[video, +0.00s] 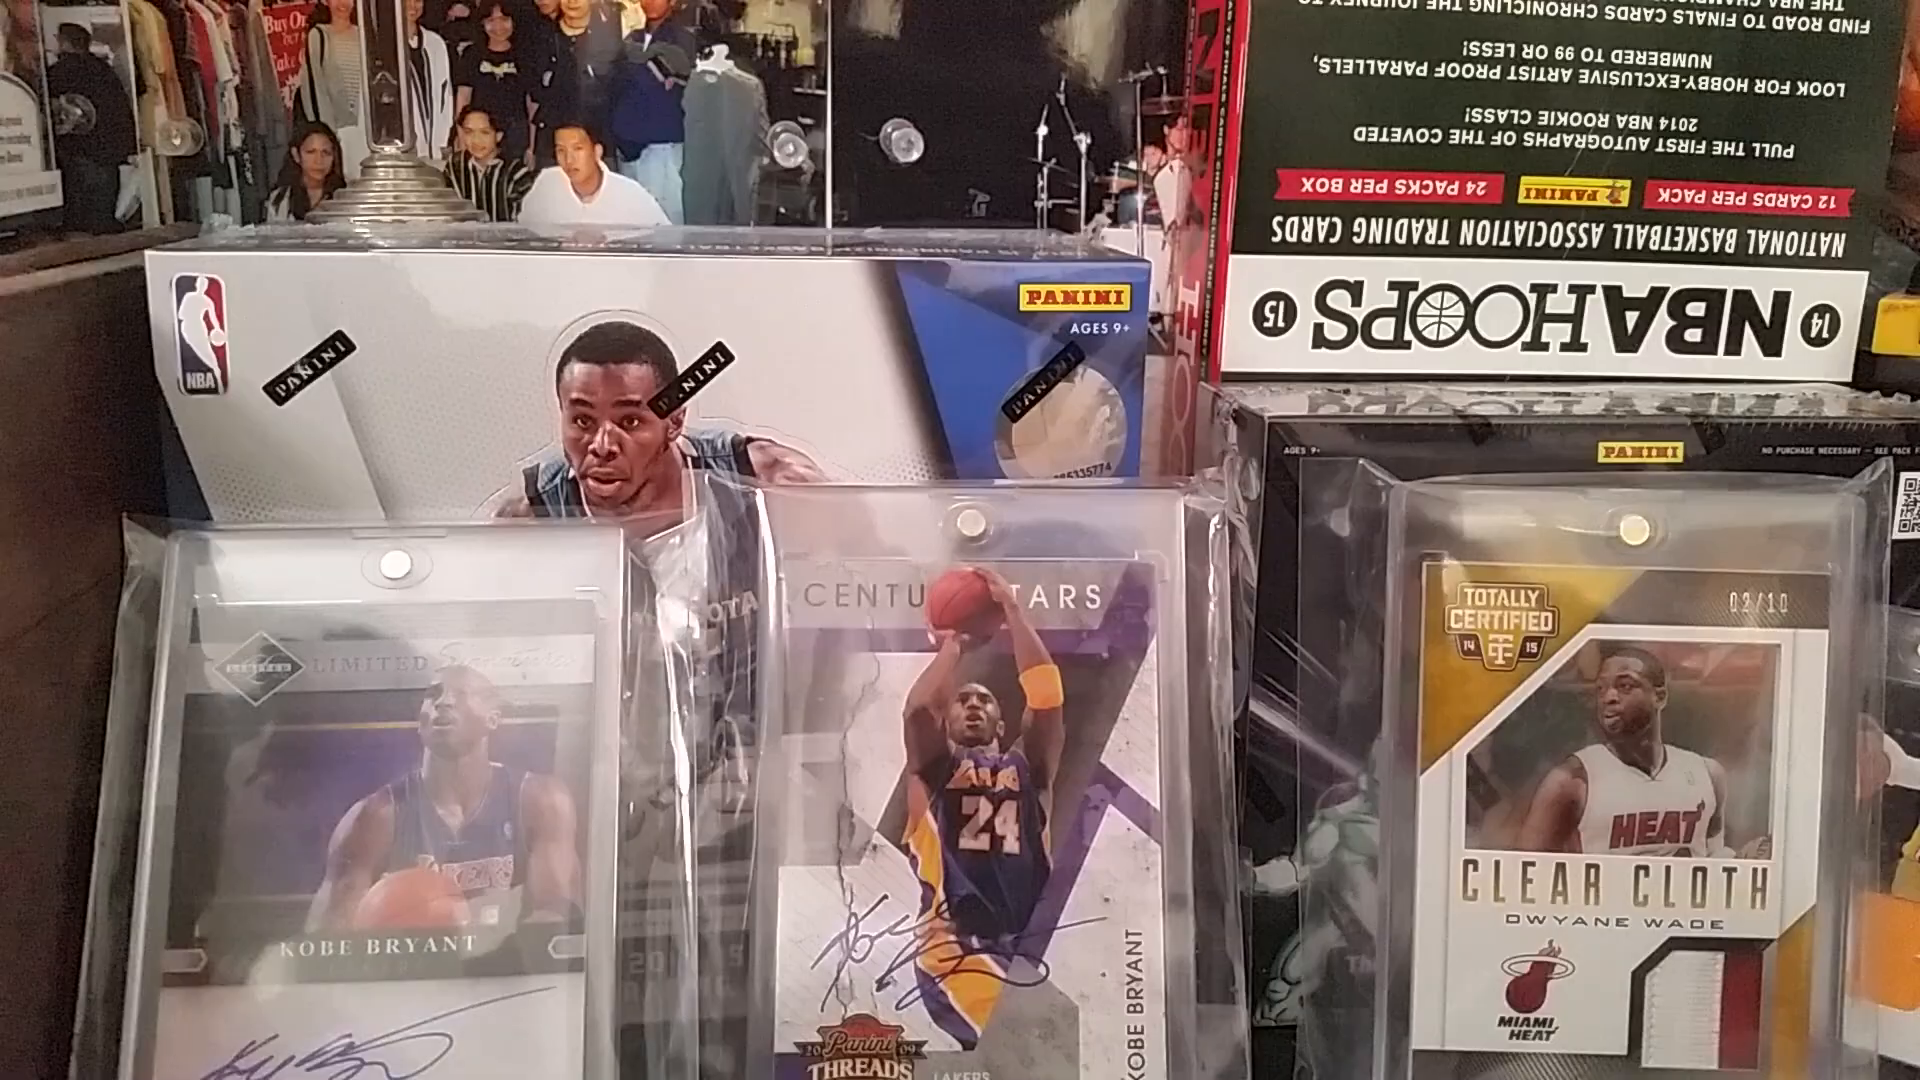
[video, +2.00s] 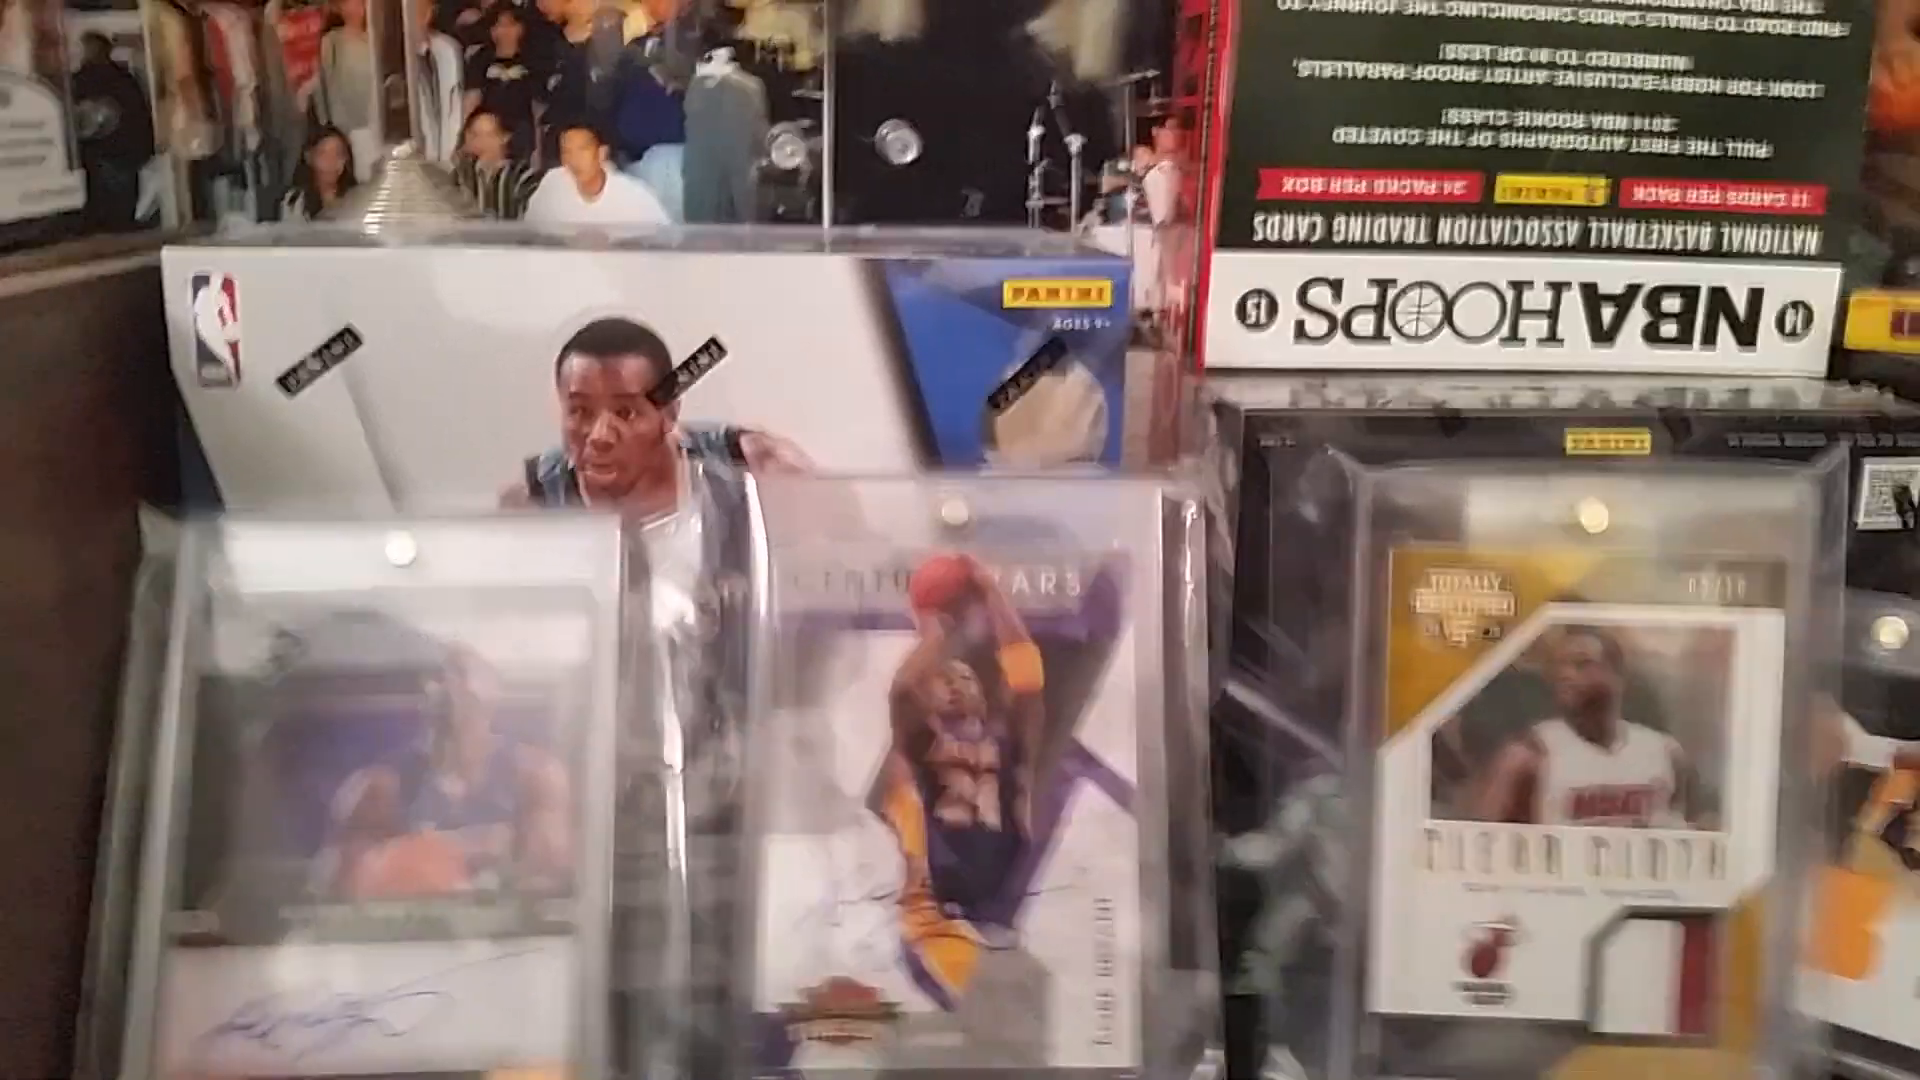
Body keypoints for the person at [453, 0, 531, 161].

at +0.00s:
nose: (498, 26)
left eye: (504, 19)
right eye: (491, 20)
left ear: (513, 23)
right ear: (484, 24)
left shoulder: (524, 55)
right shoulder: (472, 54)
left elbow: (532, 102)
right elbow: (463, 97)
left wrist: (531, 146)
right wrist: (461, 137)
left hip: (515, 133)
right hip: (480, 134)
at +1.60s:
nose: (516, 24)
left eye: (522, 17)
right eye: (508, 19)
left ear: (531, 21)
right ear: (501, 24)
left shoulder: (541, 54)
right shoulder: (491, 53)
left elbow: (549, 101)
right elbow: (482, 94)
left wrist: (549, 145)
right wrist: (479, 133)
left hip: (533, 128)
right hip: (499, 129)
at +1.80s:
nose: (535, 24)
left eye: (540, 17)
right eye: (529, 18)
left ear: (548, 23)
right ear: (522, 23)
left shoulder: (558, 54)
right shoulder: (508, 53)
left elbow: (566, 101)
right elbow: (499, 94)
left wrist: (566, 144)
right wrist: (496, 132)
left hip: (550, 129)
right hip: (515, 130)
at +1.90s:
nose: (542, 25)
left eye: (542, 20)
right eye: (536, 20)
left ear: (545, 25)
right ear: (521, 26)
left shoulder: (557, 56)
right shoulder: (507, 55)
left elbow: (565, 103)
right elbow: (498, 96)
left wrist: (564, 145)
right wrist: (495, 134)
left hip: (548, 131)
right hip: (514, 132)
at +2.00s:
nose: (500, 31)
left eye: (507, 25)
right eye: (497, 25)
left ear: (520, 29)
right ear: (491, 30)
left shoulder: (531, 63)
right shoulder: (480, 61)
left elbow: (538, 108)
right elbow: (472, 100)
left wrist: (538, 148)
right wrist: (465, 140)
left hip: (520, 135)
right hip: (485, 137)